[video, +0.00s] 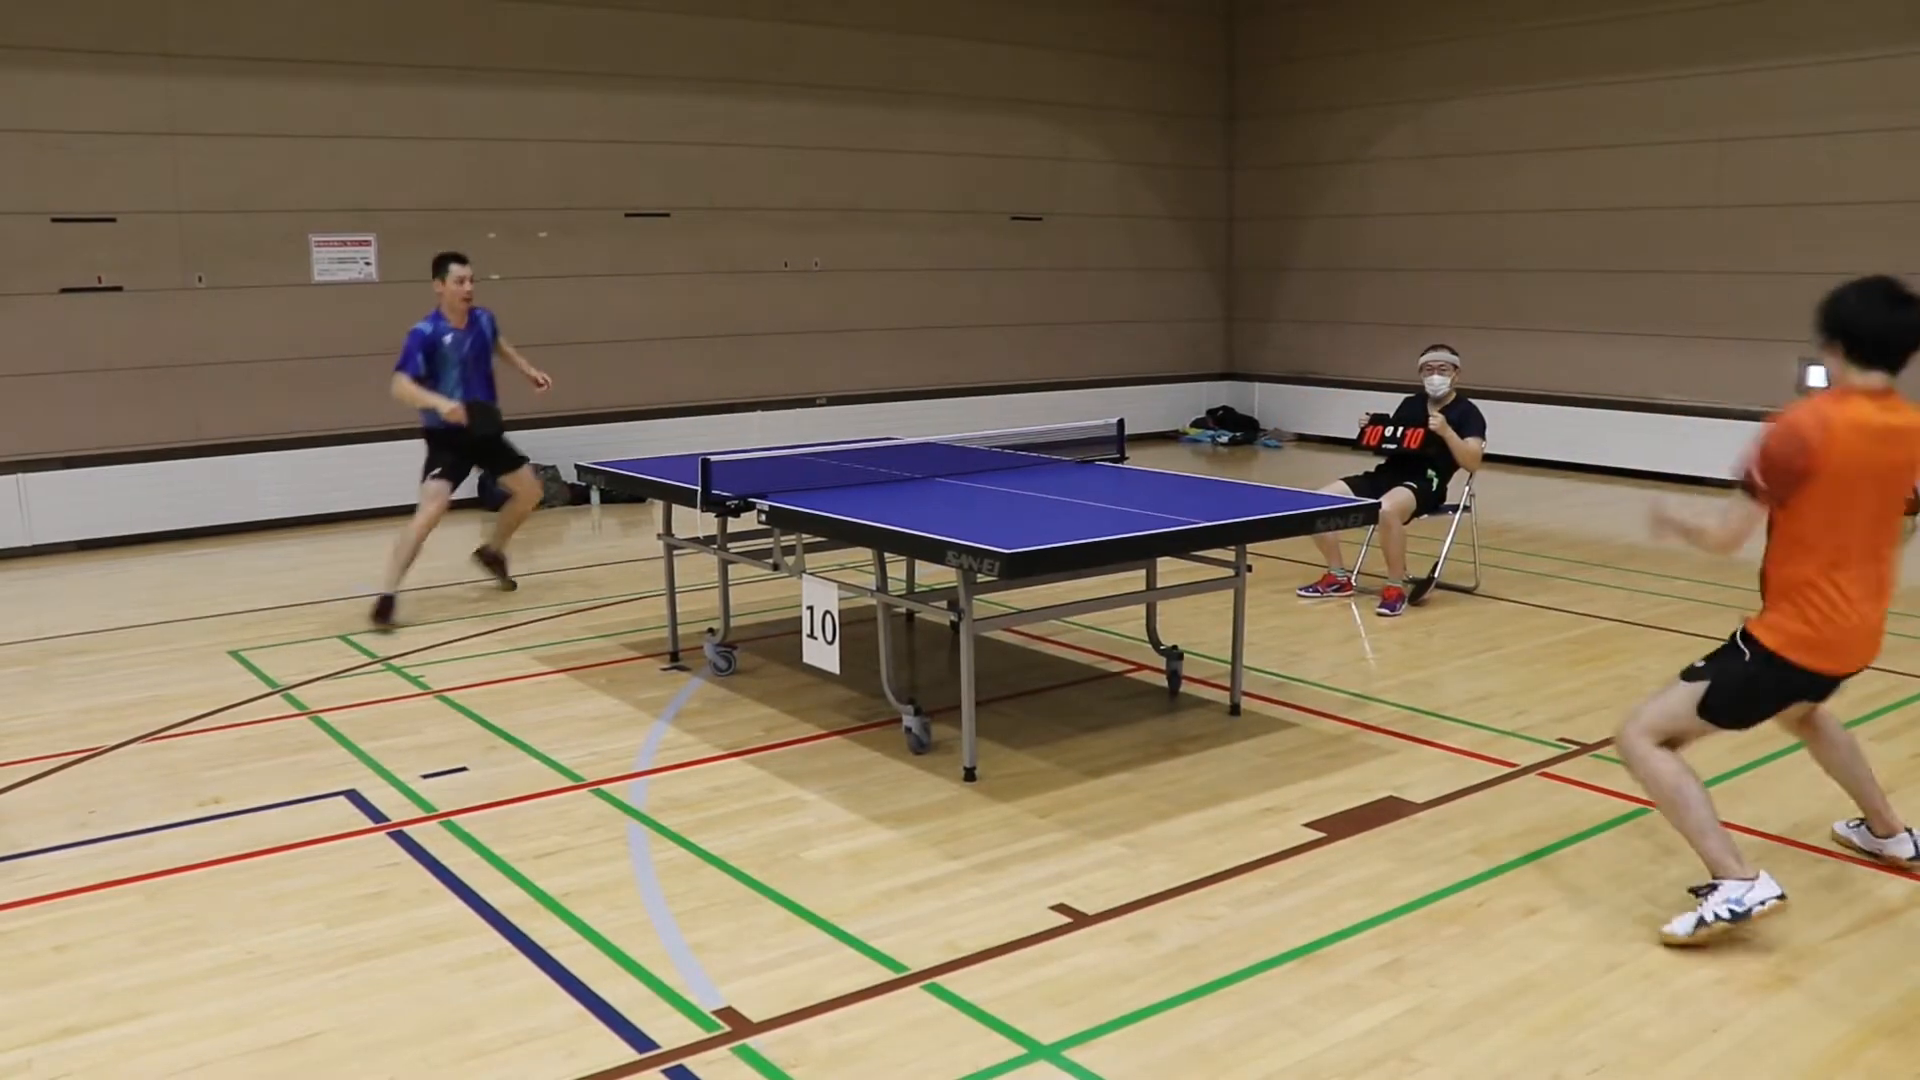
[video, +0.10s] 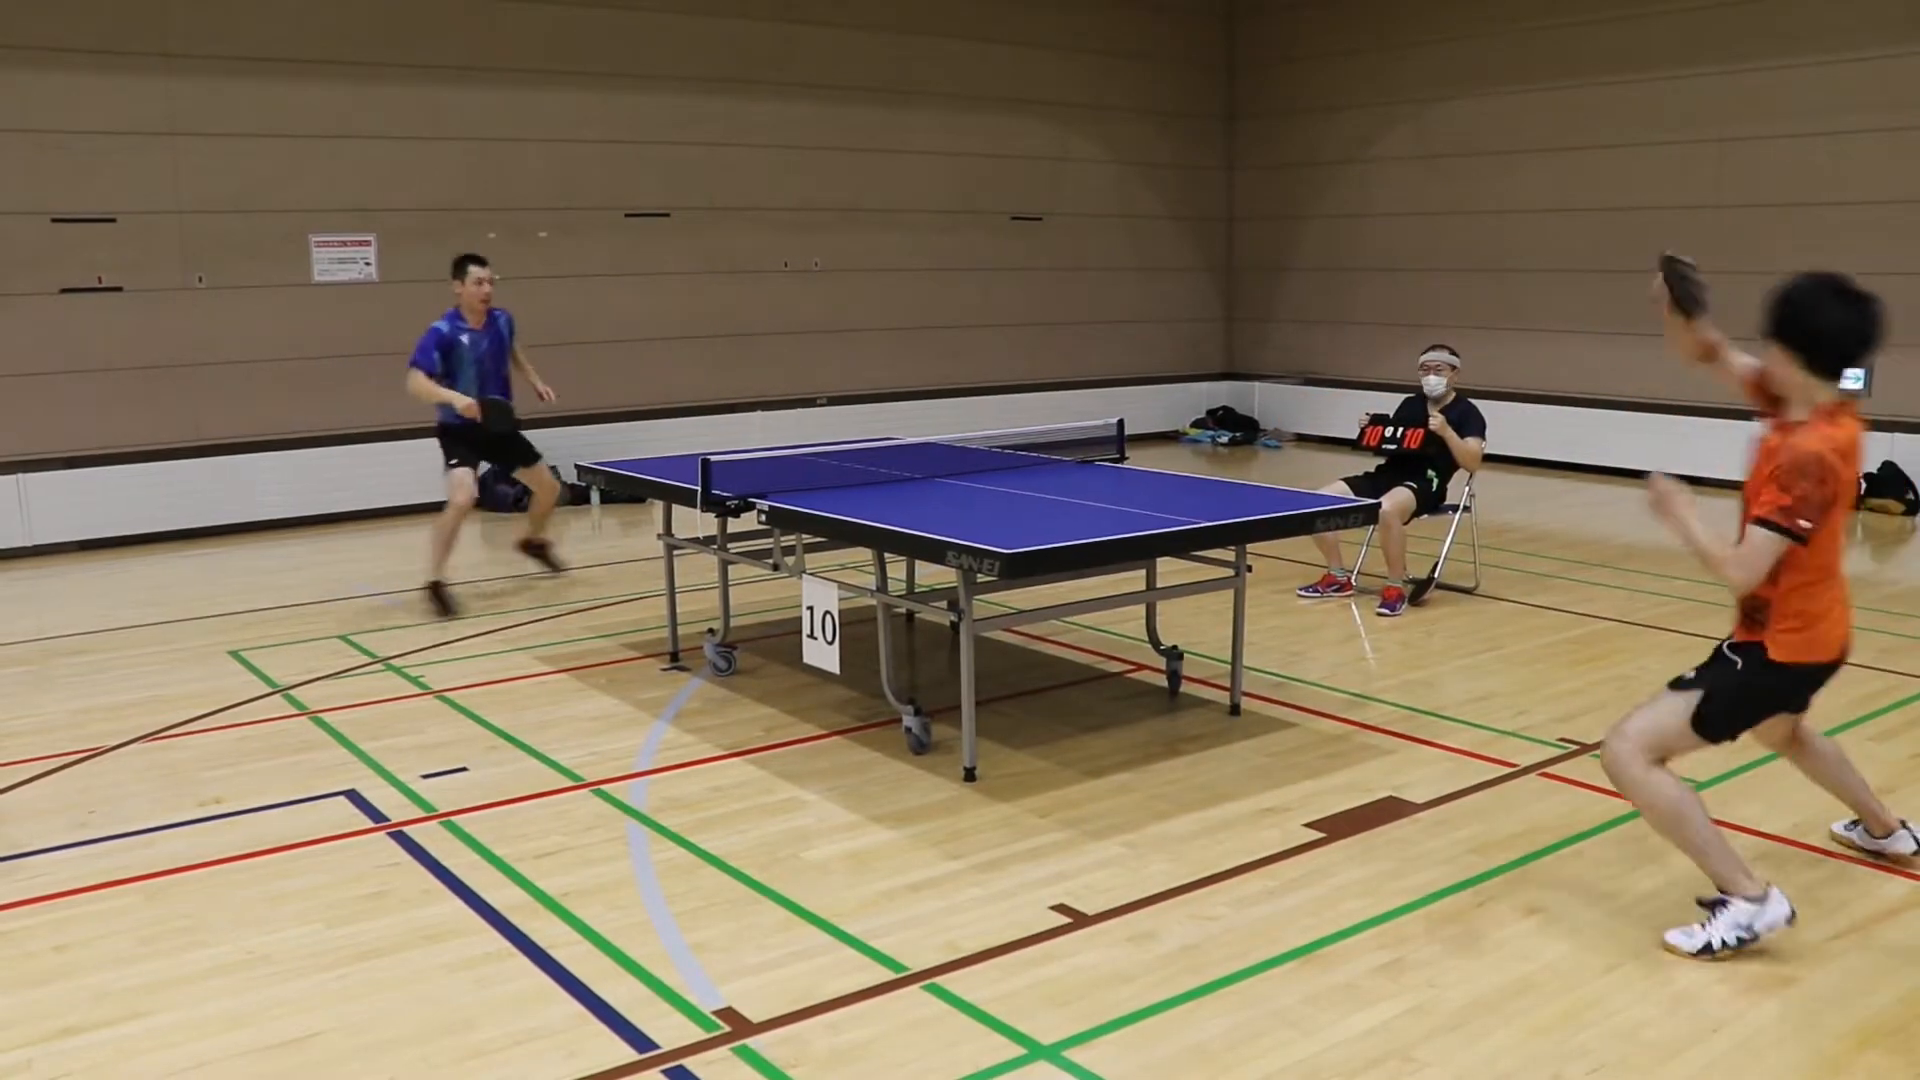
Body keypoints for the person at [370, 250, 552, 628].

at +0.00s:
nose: (468, 287)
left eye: (471, 281)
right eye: (460, 281)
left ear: (474, 284)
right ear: (439, 287)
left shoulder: (483, 321)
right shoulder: (424, 334)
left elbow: (499, 346)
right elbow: (401, 385)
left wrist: (528, 370)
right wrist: (442, 405)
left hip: (487, 430)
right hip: (447, 435)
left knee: (529, 492)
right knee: (431, 510)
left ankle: (492, 551)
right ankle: (387, 595)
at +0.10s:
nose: (487, 289)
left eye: (490, 282)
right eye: (479, 283)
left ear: (494, 286)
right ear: (458, 287)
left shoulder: (502, 322)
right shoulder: (442, 332)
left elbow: (512, 352)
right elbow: (415, 382)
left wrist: (536, 381)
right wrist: (455, 399)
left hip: (499, 422)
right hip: (458, 428)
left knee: (548, 488)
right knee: (462, 498)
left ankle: (533, 539)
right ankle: (436, 581)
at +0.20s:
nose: (508, 312)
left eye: (511, 304)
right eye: (500, 304)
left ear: (515, 307)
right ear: (480, 308)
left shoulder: (519, 343)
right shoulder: (462, 351)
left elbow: (533, 374)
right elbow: (450, 403)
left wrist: (555, 402)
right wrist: (505, 415)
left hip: (514, 437)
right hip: (475, 443)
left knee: (567, 494)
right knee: (485, 506)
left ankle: (575, 547)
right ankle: (462, 588)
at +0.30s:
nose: (533, 323)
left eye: (535, 315)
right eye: (525, 316)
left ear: (536, 318)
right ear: (505, 322)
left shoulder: (532, 352)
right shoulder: (507, 359)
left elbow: (555, 373)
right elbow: (546, 405)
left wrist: (584, 382)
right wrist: (605, 397)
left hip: (525, 448)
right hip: (495, 451)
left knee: (591, 492)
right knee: (506, 506)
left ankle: (582, 553)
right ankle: (465, 588)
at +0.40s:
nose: (575, 312)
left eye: (575, 304)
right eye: (567, 306)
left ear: (548, 310)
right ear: (547, 311)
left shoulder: (535, 330)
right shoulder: (558, 345)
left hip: (541, 439)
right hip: (525, 440)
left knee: (600, 481)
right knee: (526, 509)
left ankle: (581, 556)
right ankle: (474, 583)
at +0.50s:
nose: (601, 285)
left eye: (602, 278)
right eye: (594, 278)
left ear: (575, 283)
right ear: (572, 282)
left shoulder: (549, 306)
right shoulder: (593, 321)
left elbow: (521, 297)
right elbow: (629, 362)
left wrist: (523, 268)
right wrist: (680, 372)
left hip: (559, 414)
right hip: (561, 415)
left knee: (615, 478)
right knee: (550, 487)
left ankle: (584, 552)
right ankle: (501, 561)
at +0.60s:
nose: (615, 265)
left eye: (616, 259)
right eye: (608, 259)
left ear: (593, 264)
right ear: (589, 262)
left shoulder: (570, 289)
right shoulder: (605, 304)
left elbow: (537, 308)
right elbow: (617, 355)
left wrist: (536, 300)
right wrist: (640, 381)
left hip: (579, 390)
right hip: (590, 391)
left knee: (628, 459)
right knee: (594, 469)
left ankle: (601, 527)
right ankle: (555, 540)